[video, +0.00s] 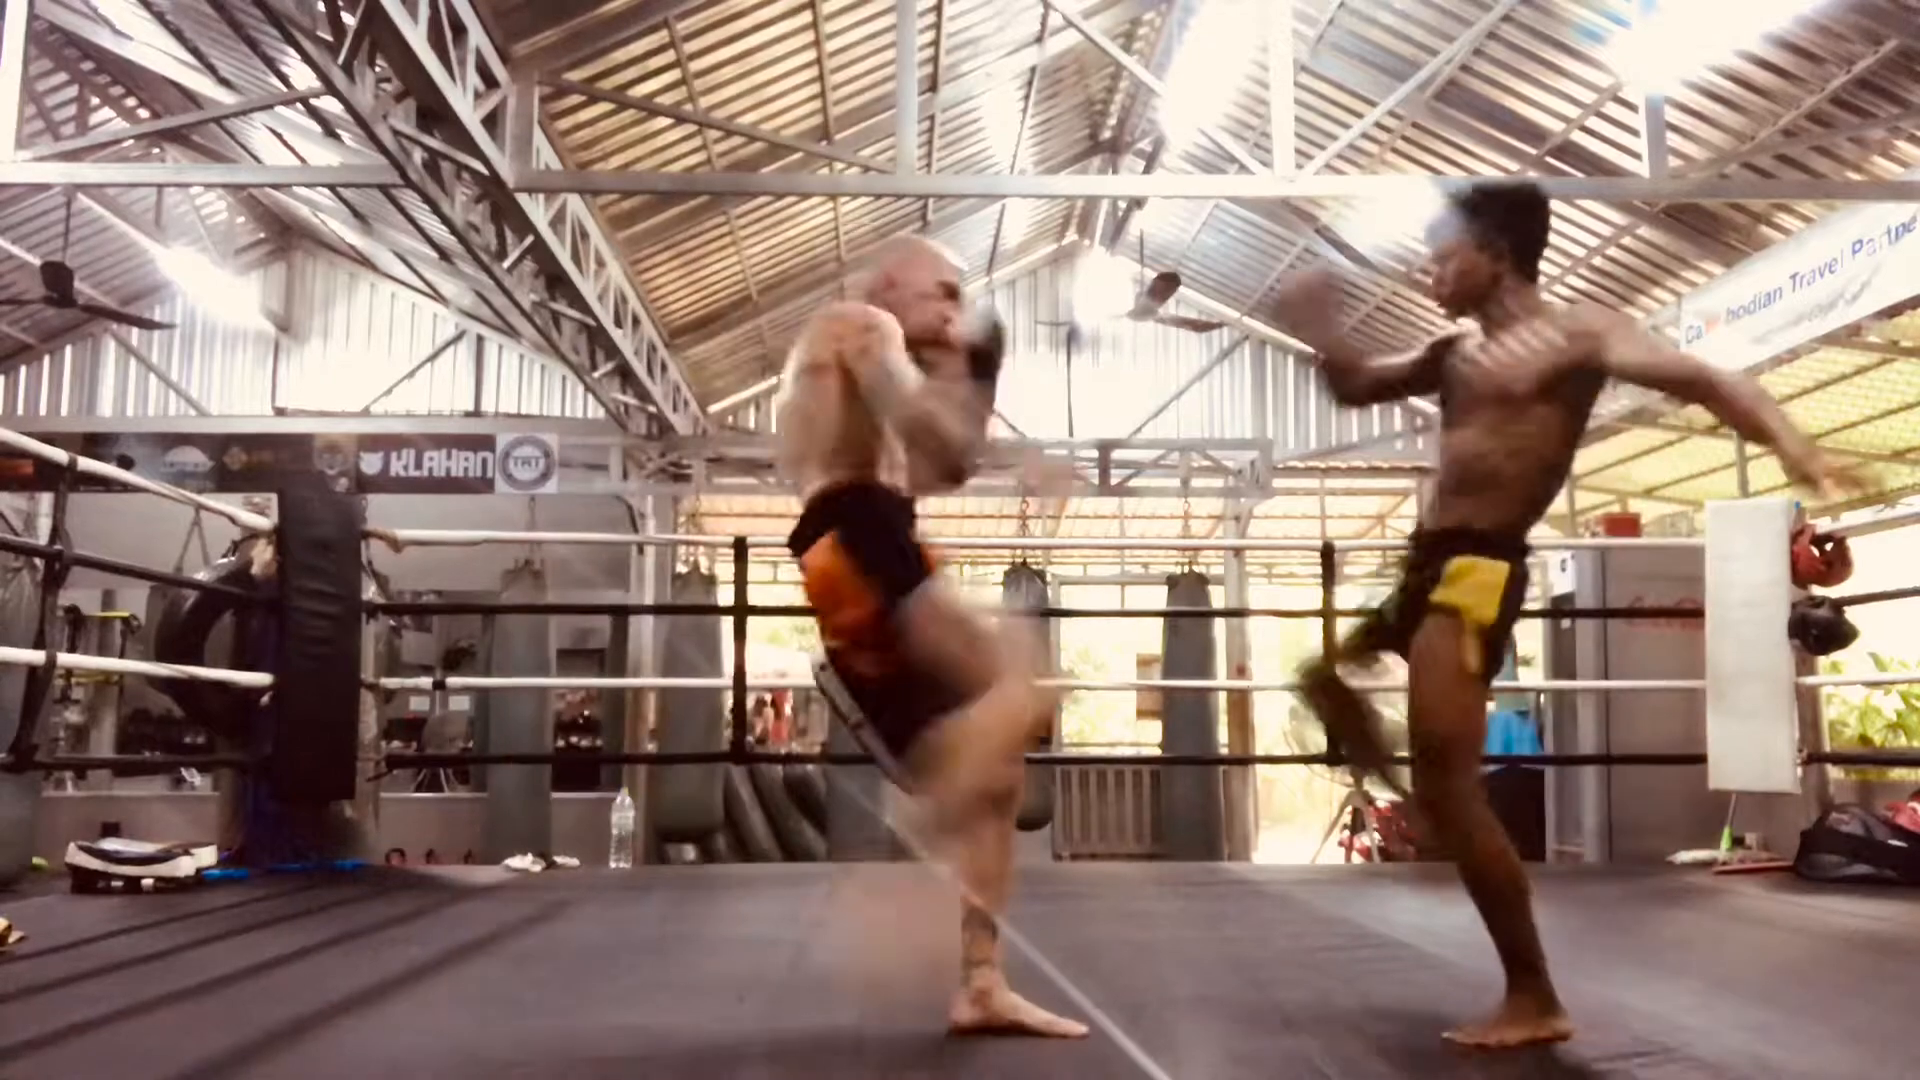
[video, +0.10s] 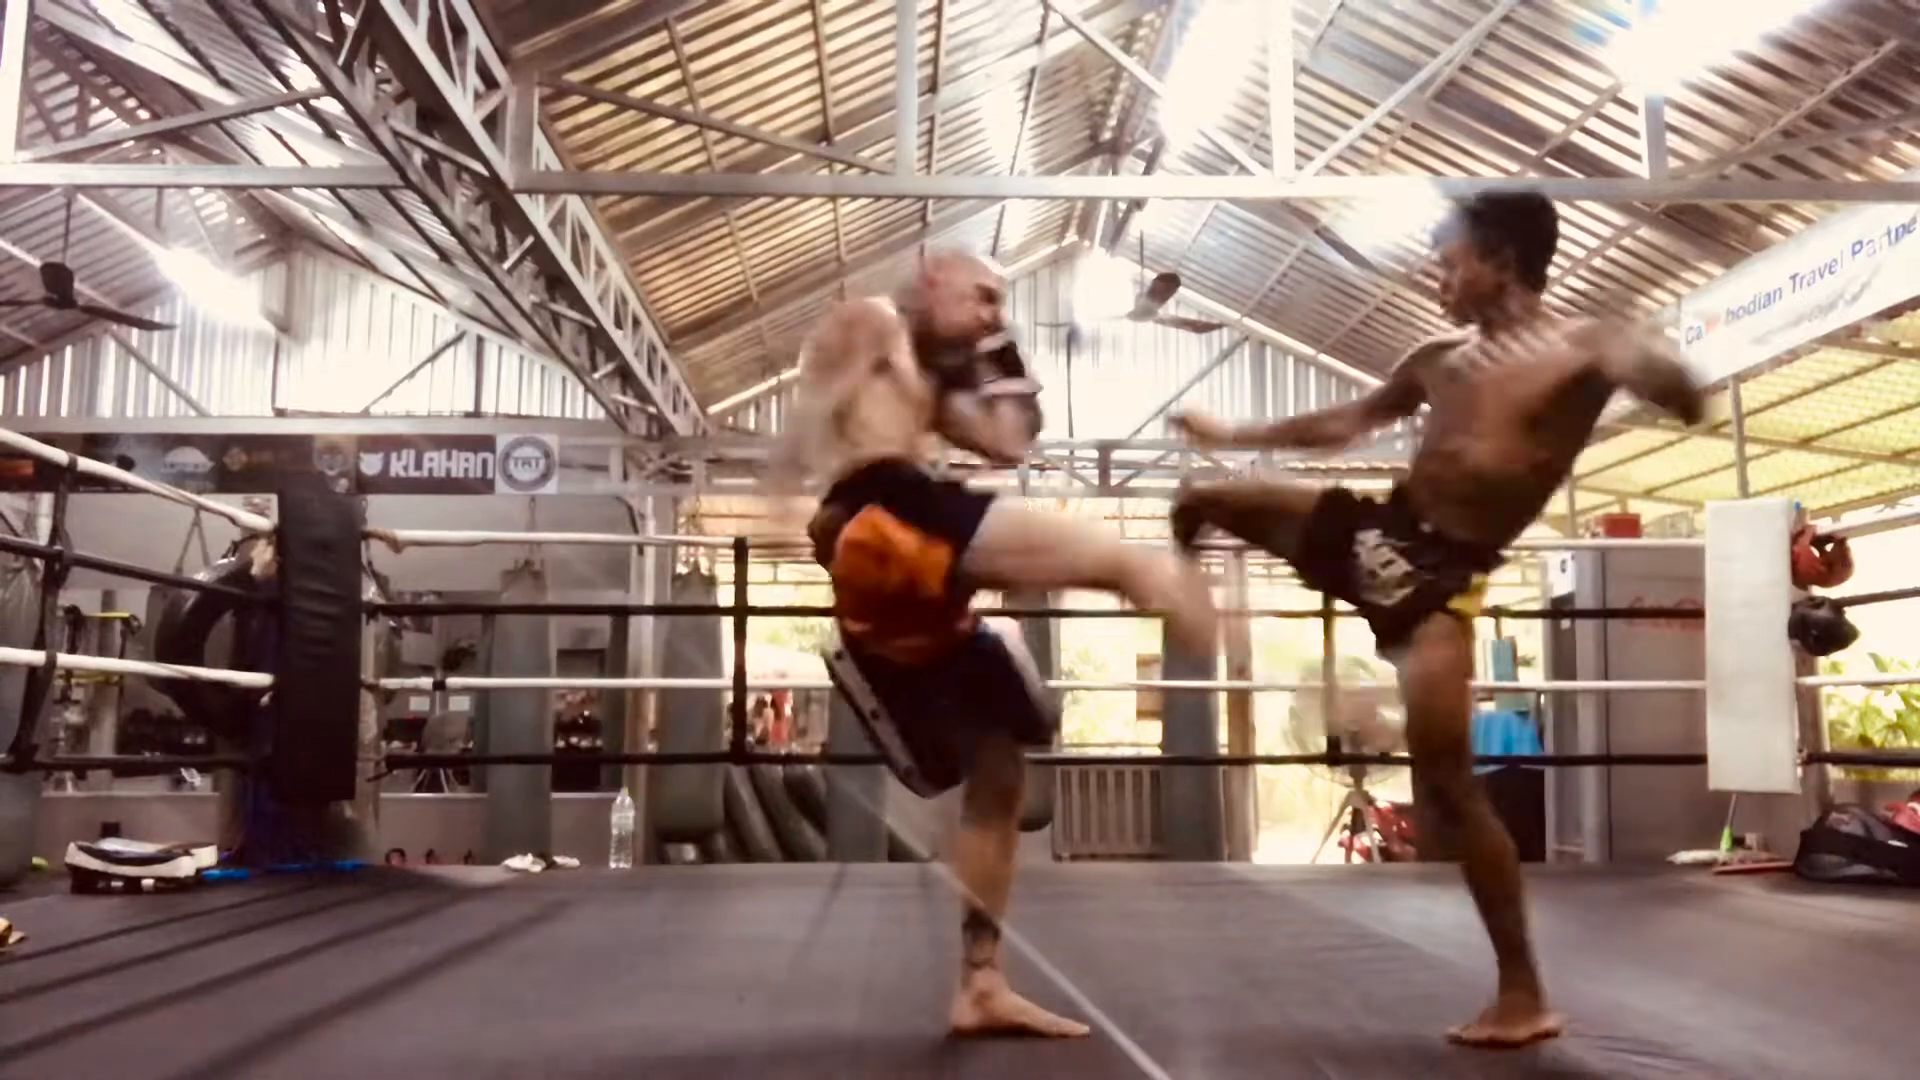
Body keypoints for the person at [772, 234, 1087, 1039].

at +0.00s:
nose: (955, 312)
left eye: (957, 298)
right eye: (943, 293)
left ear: (893, 300)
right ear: (890, 290)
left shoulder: (832, 341)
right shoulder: (863, 323)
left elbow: (951, 464)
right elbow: (923, 425)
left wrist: (954, 365)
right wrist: (960, 371)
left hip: (834, 557)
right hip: (863, 538)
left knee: (991, 769)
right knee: (1020, 668)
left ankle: (983, 982)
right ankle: (942, 798)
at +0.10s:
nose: (991, 315)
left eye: (996, 305)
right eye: (980, 296)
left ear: (982, 316)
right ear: (929, 284)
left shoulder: (945, 382)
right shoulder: (871, 320)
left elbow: (1013, 439)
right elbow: (816, 412)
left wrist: (987, 356)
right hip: (878, 503)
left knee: (998, 770)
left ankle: (982, 983)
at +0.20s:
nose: (1001, 318)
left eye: (1007, 313)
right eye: (995, 298)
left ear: (974, 321)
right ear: (947, 283)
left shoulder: (952, 394)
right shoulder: (878, 320)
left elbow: (1045, 463)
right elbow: (779, 392)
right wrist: (686, 445)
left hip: (913, 580)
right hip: (919, 504)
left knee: (1007, 773)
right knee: (1160, 482)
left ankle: (983, 987)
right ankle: (1359, 582)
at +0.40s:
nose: (1023, 267)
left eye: (1029, 255)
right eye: (1011, 247)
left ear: (1010, 263)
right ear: (959, 239)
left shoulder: (949, 337)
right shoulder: (900, 277)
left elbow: (983, 458)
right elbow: (859, 329)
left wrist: (1032, 392)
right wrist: (978, 309)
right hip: (916, 497)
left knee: (981, 768)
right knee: (1136, 624)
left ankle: (980, 991)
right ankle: (1119, 879)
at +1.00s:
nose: (1048, 286)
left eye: (1054, 272)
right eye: (1046, 265)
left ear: (1010, 245)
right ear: (1013, 240)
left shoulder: (971, 317)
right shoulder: (928, 277)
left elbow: (954, 467)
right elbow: (969, 372)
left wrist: (1022, 453)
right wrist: (1057, 308)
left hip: (956, 544)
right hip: (910, 539)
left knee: (998, 782)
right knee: (900, 804)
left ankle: (986, 987)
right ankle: (774, 1042)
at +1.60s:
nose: (1181, 240)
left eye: (1168, 226)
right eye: (1178, 227)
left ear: (1105, 237)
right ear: (1172, 231)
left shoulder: (1051, 320)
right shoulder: (1195, 286)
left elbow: (975, 416)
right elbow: (1244, 420)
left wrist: (1044, 476)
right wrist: (1190, 475)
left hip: (1066, 528)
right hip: (1152, 514)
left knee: (1091, 776)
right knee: (1241, 761)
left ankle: (1077, 1000)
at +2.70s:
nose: (1293, 295)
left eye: (1299, 274)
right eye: (1291, 277)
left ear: (1344, 261)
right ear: (1356, 261)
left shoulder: (1425, 319)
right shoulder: (1472, 307)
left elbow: (1466, 452)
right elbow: (1486, 444)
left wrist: (1354, 448)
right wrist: (1359, 458)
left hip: (1516, 536)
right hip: (1564, 533)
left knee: (1451, 760)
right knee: (1540, 762)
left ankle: (1500, 1026)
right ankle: (1625, 962)